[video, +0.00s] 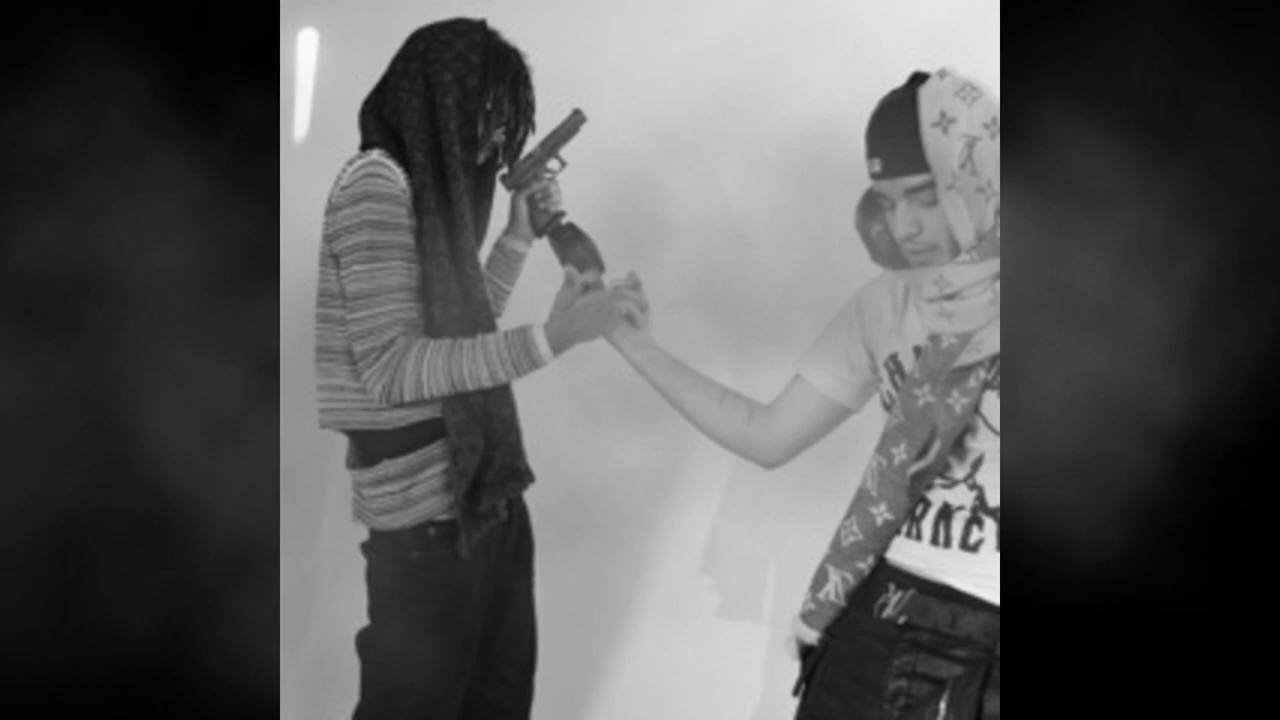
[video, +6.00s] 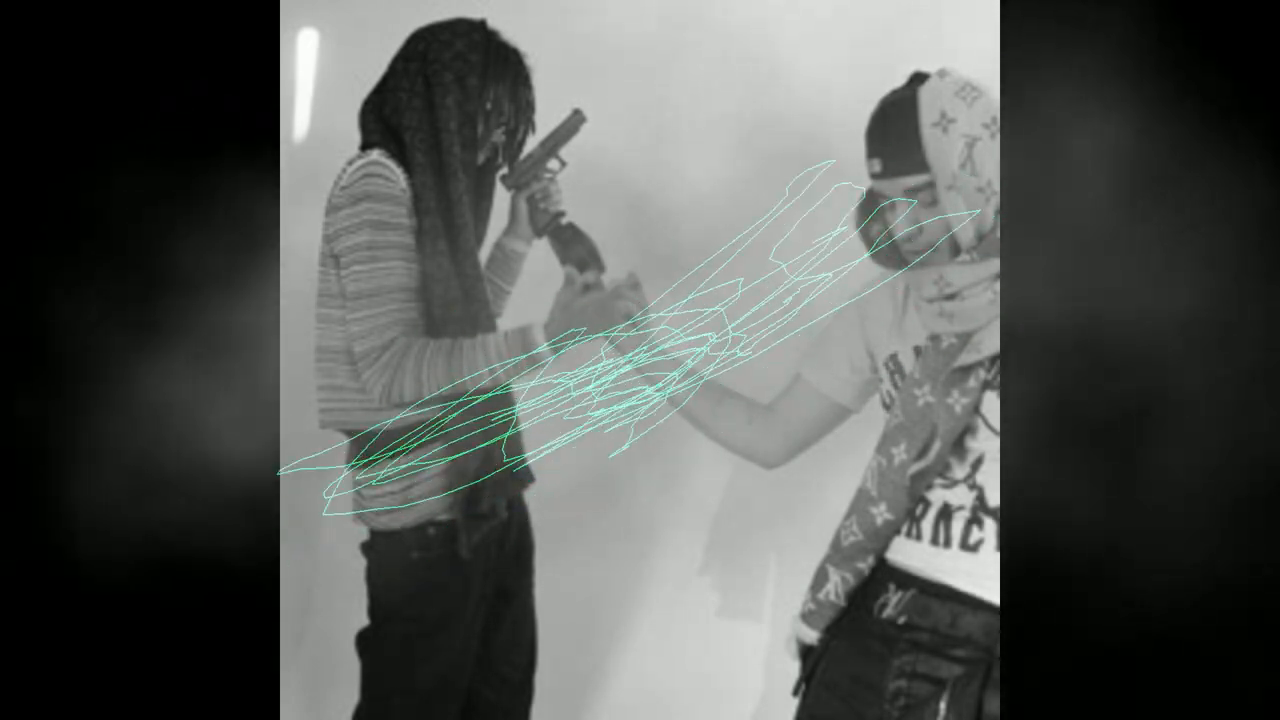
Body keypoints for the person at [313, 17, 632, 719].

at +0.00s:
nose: (498, 144)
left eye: (505, 126)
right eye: (493, 120)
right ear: (450, 107)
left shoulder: (427, 192)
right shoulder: (376, 183)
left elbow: (465, 332)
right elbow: (388, 368)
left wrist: (518, 235)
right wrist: (551, 338)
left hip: (488, 505)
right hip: (421, 522)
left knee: (500, 702)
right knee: (411, 705)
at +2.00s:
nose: (497, 145)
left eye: (504, 127)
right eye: (491, 122)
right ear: (447, 109)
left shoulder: (426, 192)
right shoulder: (377, 182)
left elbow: (461, 329)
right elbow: (388, 368)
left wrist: (518, 234)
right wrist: (548, 340)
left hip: (481, 479)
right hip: (423, 488)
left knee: (498, 688)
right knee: (417, 694)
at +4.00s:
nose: (499, 145)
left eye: (505, 126)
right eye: (494, 121)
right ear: (452, 109)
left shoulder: (426, 192)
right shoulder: (377, 182)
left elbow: (462, 333)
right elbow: (388, 368)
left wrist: (518, 236)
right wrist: (549, 339)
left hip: (486, 500)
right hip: (423, 516)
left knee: (500, 701)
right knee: (411, 705)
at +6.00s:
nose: (498, 144)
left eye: (505, 125)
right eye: (491, 120)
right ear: (447, 108)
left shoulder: (431, 192)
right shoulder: (376, 183)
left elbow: (465, 331)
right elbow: (389, 371)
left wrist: (518, 233)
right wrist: (550, 335)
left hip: (491, 509)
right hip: (423, 527)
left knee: (500, 702)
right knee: (412, 706)